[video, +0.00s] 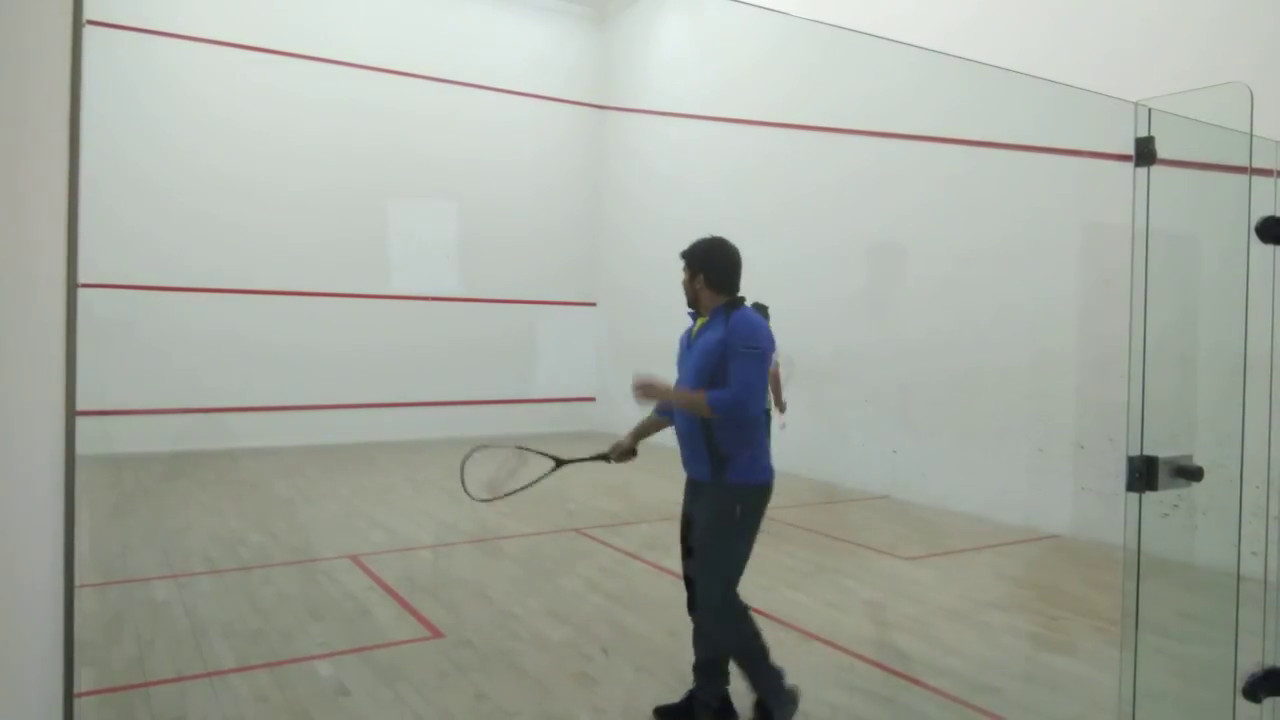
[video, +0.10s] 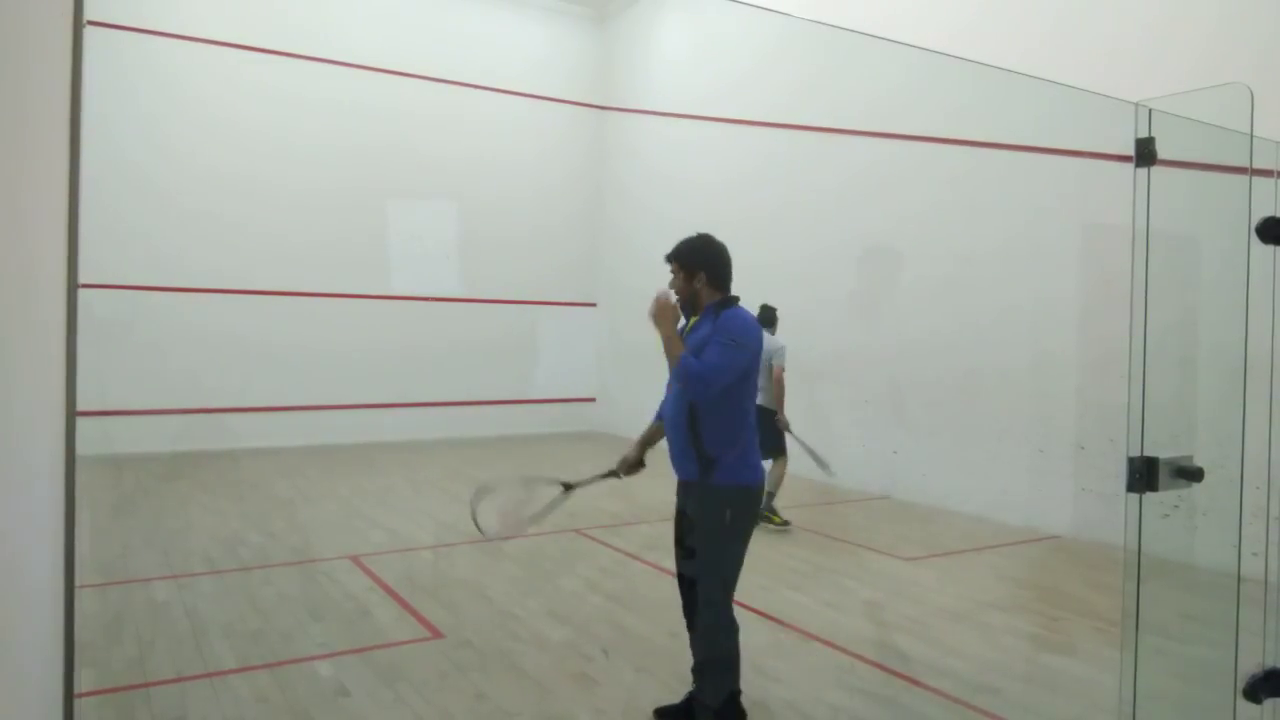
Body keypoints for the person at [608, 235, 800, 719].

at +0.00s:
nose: (682, 283)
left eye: (688, 274)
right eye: (684, 274)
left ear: (706, 278)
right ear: (711, 279)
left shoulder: (746, 327)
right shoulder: (694, 334)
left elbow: (743, 402)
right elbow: (684, 402)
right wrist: (633, 436)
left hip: (741, 483)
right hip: (703, 480)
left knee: (715, 591)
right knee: (701, 590)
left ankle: (774, 694)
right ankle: (709, 697)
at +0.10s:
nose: (671, 284)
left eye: (676, 275)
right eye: (671, 275)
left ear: (700, 277)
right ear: (701, 278)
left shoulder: (738, 327)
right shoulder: (700, 327)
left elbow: (692, 382)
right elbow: (679, 397)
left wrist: (667, 328)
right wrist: (642, 444)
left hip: (729, 487)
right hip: (697, 482)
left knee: (712, 596)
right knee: (694, 592)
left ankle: (721, 703)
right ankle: (708, 695)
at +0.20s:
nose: (665, 282)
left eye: (670, 273)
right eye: (665, 274)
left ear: (695, 274)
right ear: (702, 275)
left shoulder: (729, 321)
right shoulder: (700, 321)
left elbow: (664, 358)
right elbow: (702, 407)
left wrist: (660, 300)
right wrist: (681, 471)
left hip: (721, 485)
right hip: (693, 482)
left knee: (716, 596)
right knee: (689, 591)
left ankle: (725, 703)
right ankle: (706, 694)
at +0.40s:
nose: (661, 268)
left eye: (671, 262)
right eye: (665, 260)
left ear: (697, 276)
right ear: (696, 277)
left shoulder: (717, 328)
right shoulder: (692, 327)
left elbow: (638, 373)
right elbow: (701, 415)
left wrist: (636, 338)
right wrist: (676, 478)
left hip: (718, 492)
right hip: (683, 487)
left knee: (714, 598)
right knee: (653, 579)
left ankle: (728, 706)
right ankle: (689, 685)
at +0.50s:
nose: (646, 275)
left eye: (651, 267)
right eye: (649, 266)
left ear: (667, 276)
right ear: (685, 277)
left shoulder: (701, 332)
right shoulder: (674, 331)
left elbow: (687, 420)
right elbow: (674, 413)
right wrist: (654, 468)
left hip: (713, 493)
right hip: (678, 488)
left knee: (712, 614)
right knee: (656, 604)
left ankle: (730, 710)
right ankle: (642, 704)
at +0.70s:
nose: (611, 275)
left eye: (615, 267)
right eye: (614, 266)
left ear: (628, 274)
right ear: (652, 275)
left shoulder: (665, 333)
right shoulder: (636, 329)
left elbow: (676, 427)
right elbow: (638, 415)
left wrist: (626, 480)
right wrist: (608, 466)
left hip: (662, 496)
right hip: (636, 495)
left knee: (663, 612)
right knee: (637, 610)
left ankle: (720, 711)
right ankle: (636, 708)